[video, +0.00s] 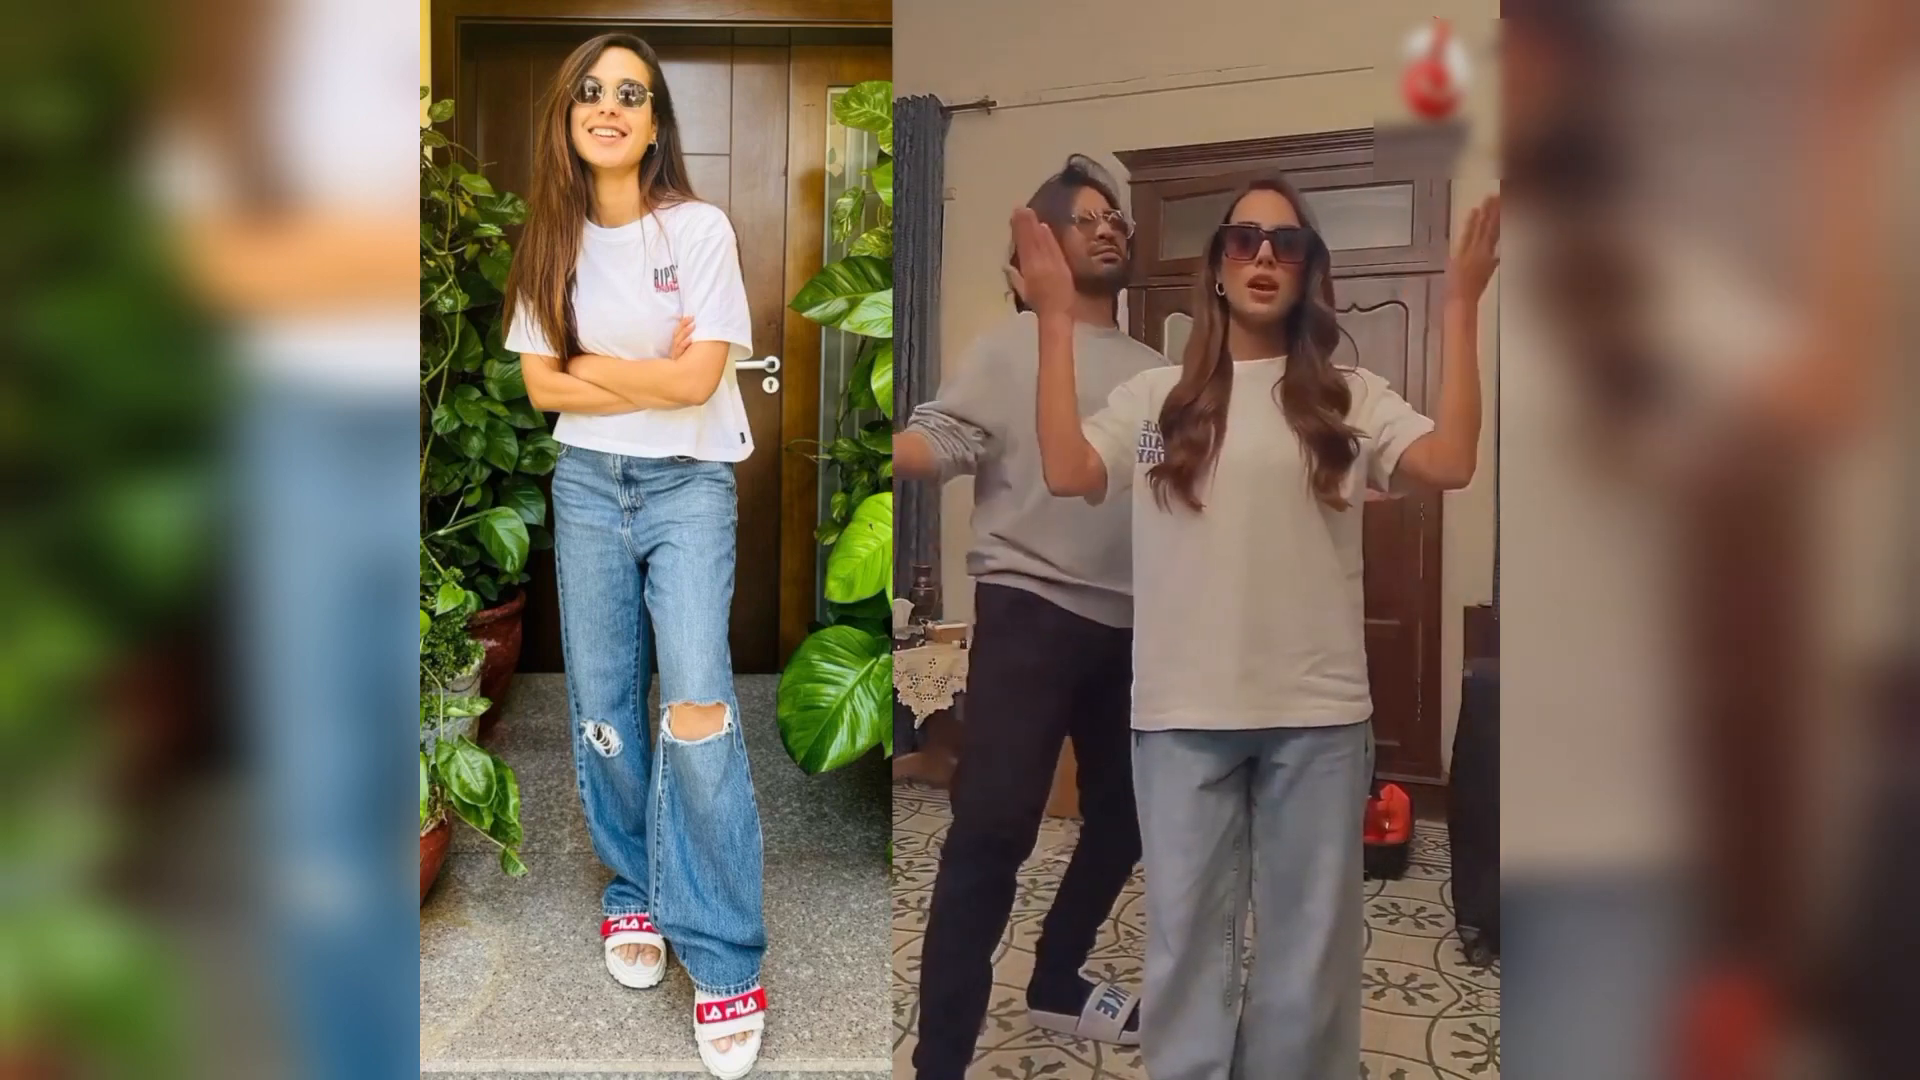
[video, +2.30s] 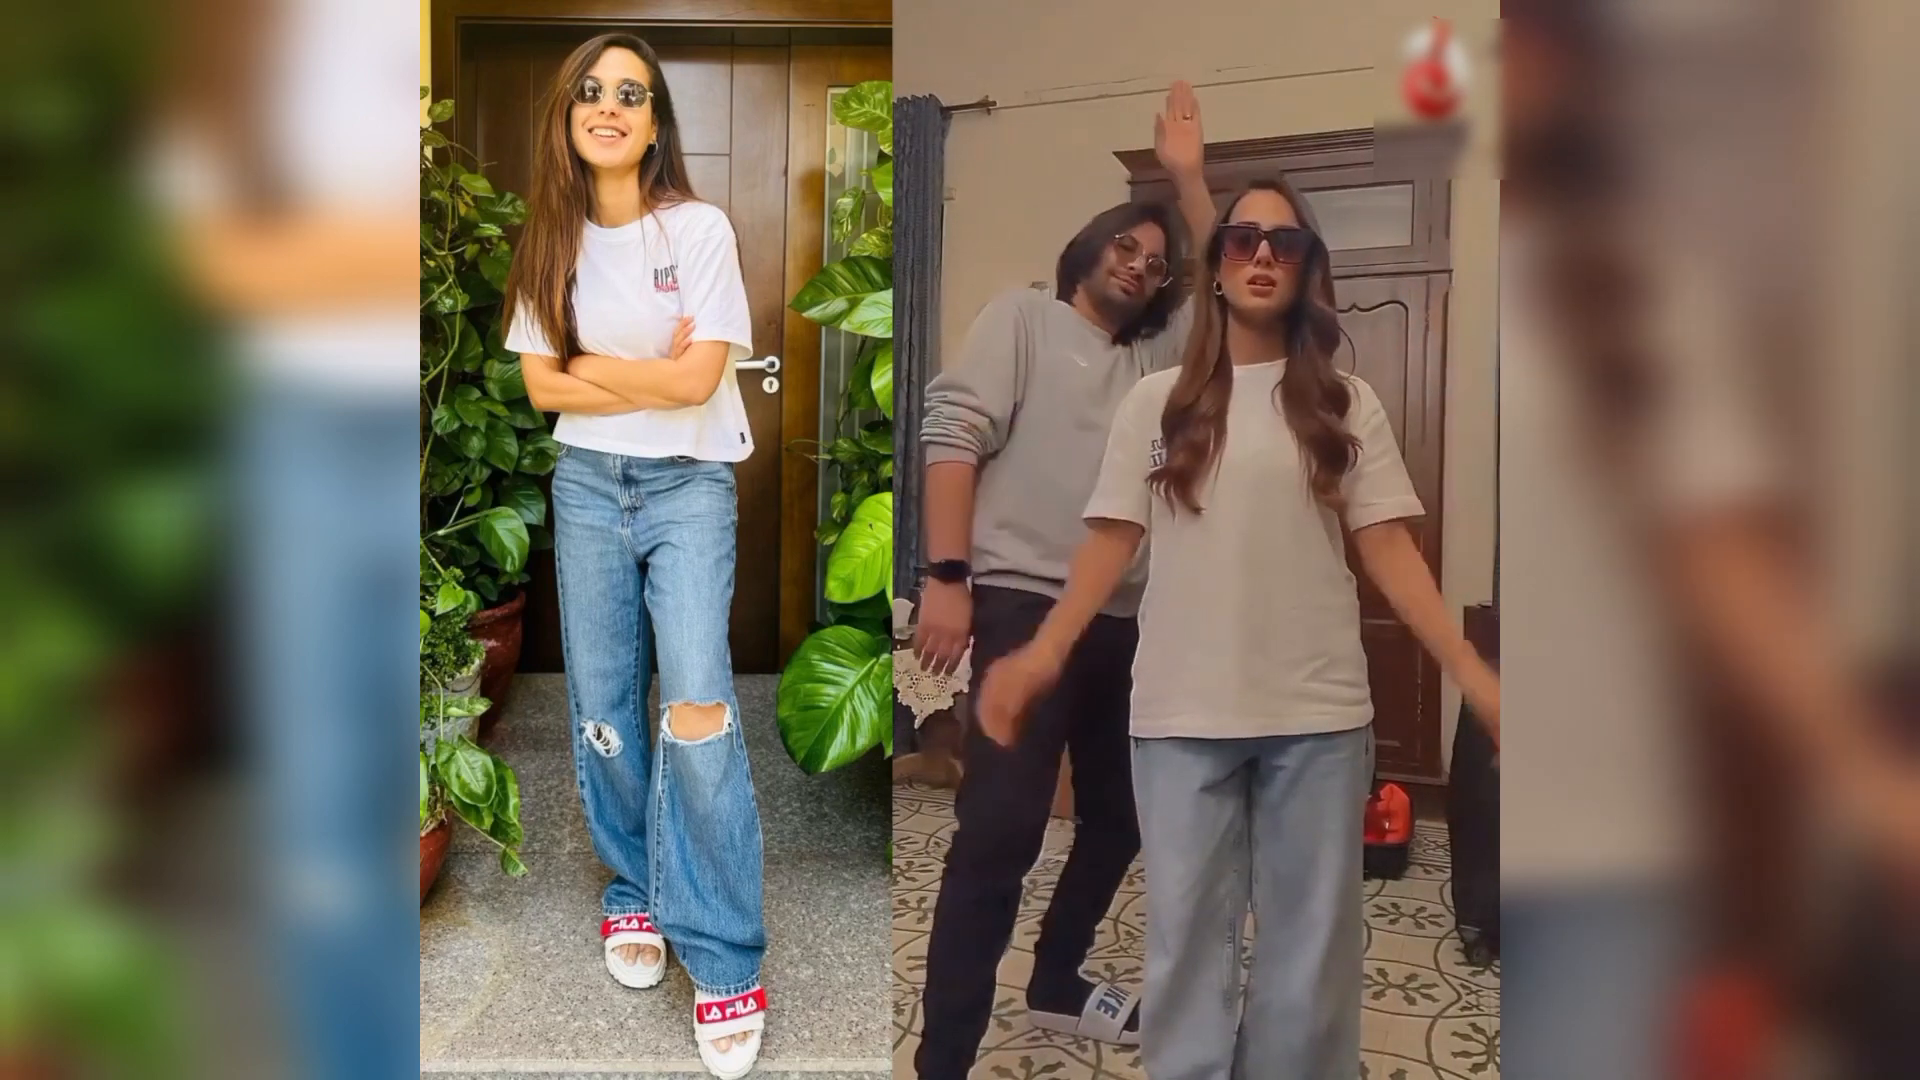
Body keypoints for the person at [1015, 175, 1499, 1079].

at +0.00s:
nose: (1264, 256)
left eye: (1286, 243)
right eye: (1245, 240)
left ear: (1311, 271)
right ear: (1217, 266)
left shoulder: (1346, 392)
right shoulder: (1160, 391)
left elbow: (1452, 464)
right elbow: (1069, 470)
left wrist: (1463, 303)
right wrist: (1054, 311)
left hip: (1319, 717)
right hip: (1182, 719)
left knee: (1311, 960)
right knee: (1182, 950)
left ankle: (1295, 1072)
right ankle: (1185, 1068)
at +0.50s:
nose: (1266, 248)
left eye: (1286, 236)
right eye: (1247, 234)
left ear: (1311, 263)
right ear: (1217, 258)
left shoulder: (1347, 392)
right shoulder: (1159, 391)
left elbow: (1384, 537)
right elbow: (1105, 531)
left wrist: (1471, 451)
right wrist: (1026, 446)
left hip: (1320, 707)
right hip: (1184, 708)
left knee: (1315, 944)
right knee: (1185, 938)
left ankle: (1294, 1075)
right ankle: (1186, 1069)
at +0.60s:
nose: (1265, 249)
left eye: (1286, 238)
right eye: (1246, 236)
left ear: (1312, 265)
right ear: (1218, 263)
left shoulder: (1350, 398)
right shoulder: (1159, 398)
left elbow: (1370, 539)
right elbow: (1124, 532)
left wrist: (1430, 579)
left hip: (1321, 713)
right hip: (1182, 713)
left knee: (1312, 948)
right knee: (1185, 940)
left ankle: (1297, 1070)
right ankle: (1186, 1066)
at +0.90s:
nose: (1261, 252)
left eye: (1283, 239)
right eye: (1242, 237)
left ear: (1308, 266)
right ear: (1215, 262)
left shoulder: (1348, 394)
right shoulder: (1156, 395)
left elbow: (1422, 518)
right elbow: (1128, 535)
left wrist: (1331, 494)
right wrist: (1198, 523)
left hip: (1318, 715)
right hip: (1182, 716)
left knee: (1313, 954)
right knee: (1184, 946)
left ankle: (1292, 1073)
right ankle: (1185, 1070)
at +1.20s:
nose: (1260, 248)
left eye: (1283, 238)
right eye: (1240, 235)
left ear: (1307, 269)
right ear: (1212, 265)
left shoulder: (1347, 395)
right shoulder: (1155, 397)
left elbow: (1410, 549)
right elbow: (1118, 552)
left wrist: (1372, 466)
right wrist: (1154, 469)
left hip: (1321, 714)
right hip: (1182, 717)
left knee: (1312, 959)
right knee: (1184, 949)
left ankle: (1293, 1073)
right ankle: (1185, 1069)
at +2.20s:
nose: (1262, 250)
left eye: (1282, 237)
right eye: (1243, 235)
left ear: (1309, 262)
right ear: (1213, 258)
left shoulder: (1346, 393)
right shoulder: (1156, 392)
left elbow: (1385, 540)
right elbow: (1113, 536)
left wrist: (1470, 491)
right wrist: (1029, 481)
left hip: (1318, 707)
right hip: (1182, 708)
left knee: (1312, 946)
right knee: (1183, 941)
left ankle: (1293, 1074)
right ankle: (1186, 1069)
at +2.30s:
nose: (1263, 252)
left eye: (1284, 240)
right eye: (1244, 237)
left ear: (1309, 269)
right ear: (1215, 265)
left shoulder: (1344, 397)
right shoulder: (1156, 397)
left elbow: (1386, 545)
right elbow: (1111, 538)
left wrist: (1476, 679)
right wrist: (1045, 652)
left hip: (1318, 716)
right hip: (1180, 716)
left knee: (1312, 952)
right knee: (1183, 945)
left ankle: (1296, 1072)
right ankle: (1184, 1067)